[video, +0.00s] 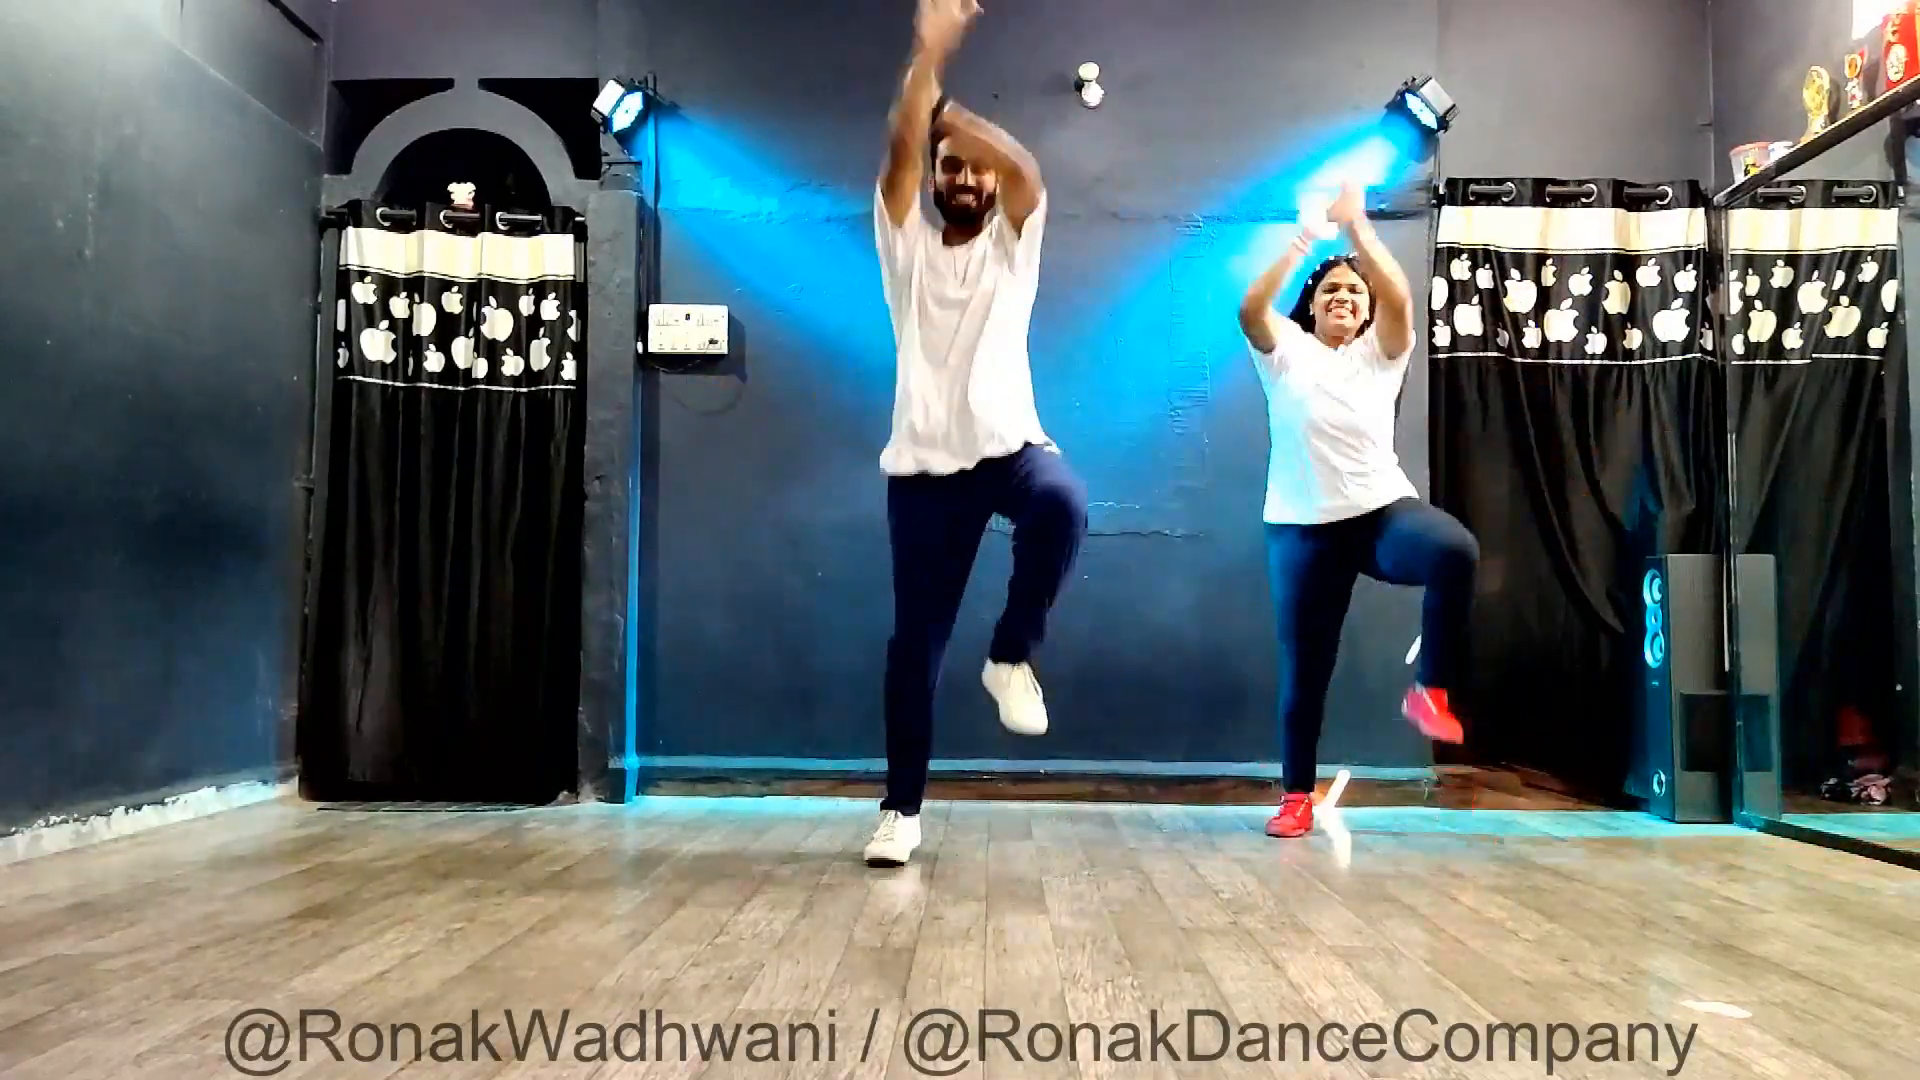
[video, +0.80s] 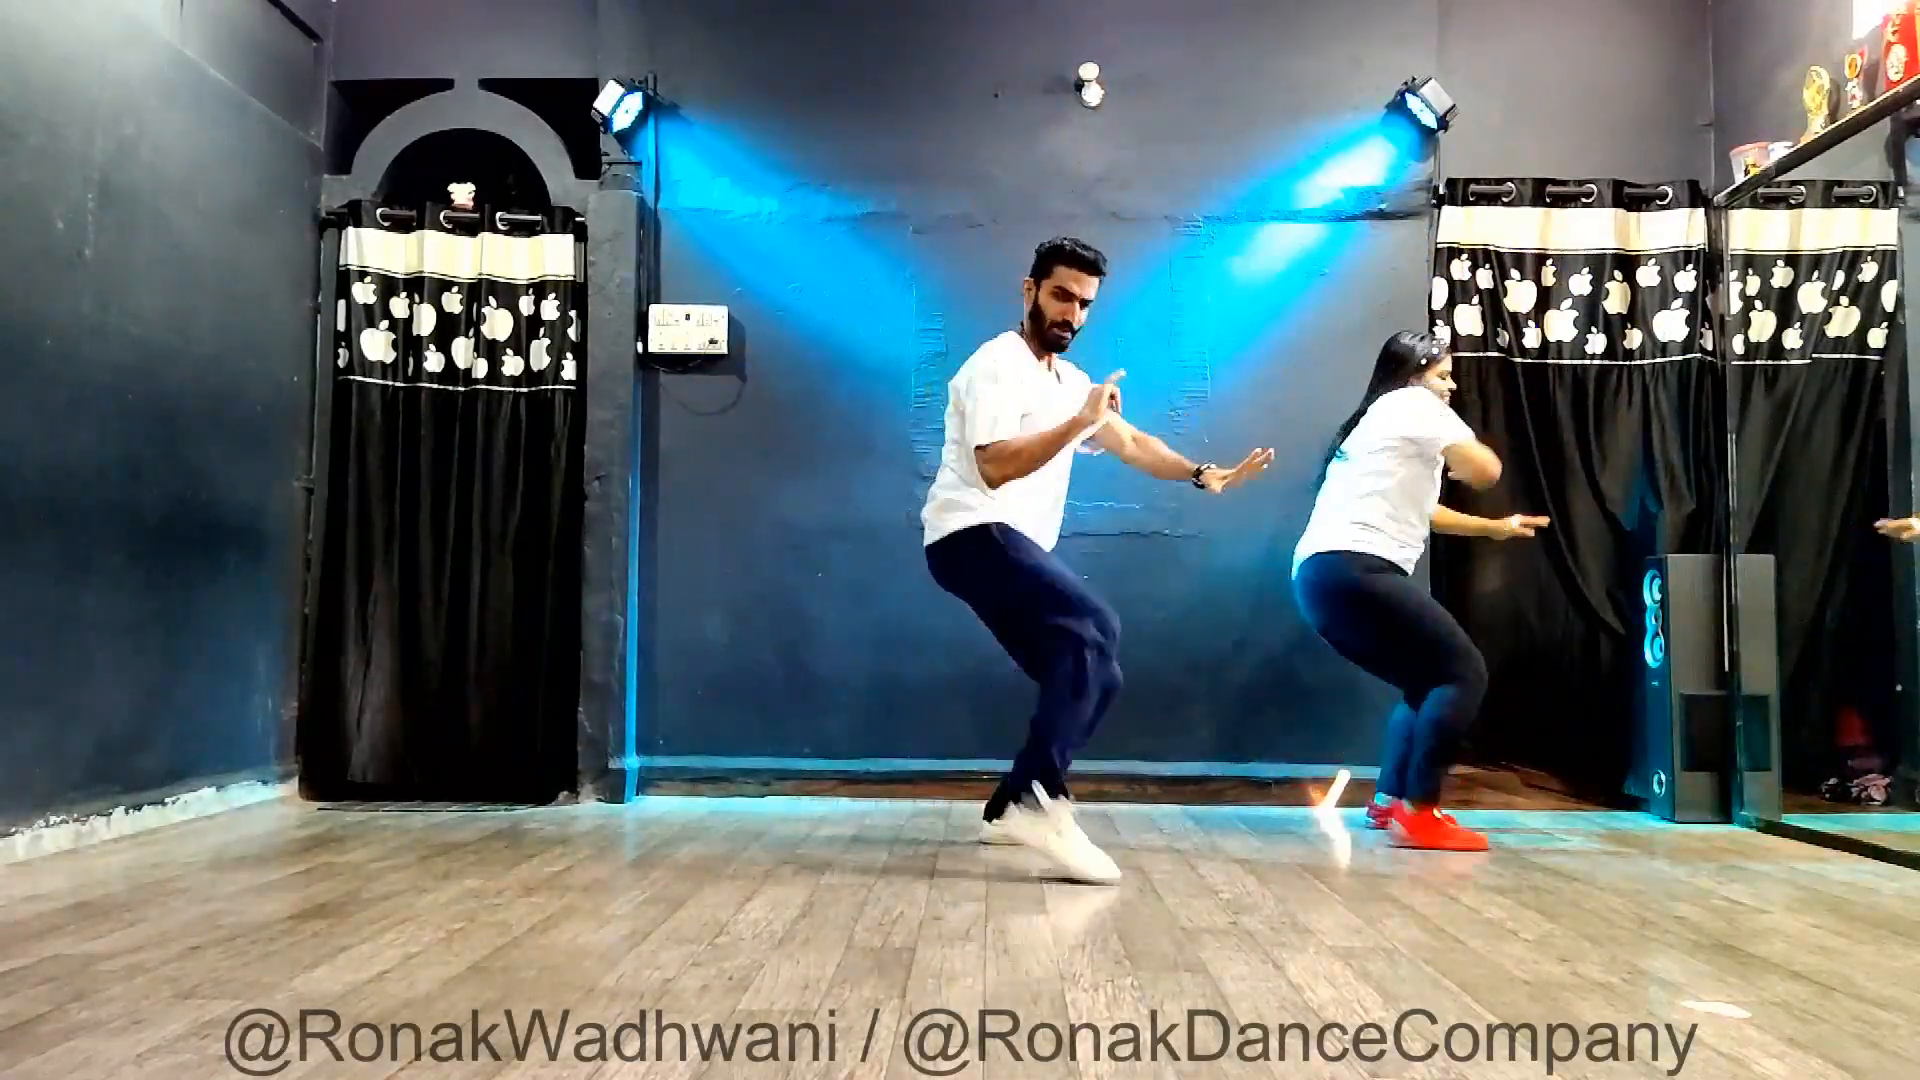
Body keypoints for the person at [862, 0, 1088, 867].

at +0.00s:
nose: (962, 181)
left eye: (976, 169)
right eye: (950, 168)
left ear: (998, 184)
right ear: (931, 178)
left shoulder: (1011, 243)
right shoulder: (904, 240)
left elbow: (1021, 170)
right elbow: (906, 146)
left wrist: (945, 104)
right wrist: (930, 50)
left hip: (1010, 448)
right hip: (927, 460)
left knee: (1060, 506)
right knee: (915, 645)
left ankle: (1011, 658)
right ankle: (900, 810)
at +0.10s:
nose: (975, 155)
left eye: (987, 144)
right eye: (961, 143)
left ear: (1007, 156)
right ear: (938, 151)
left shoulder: (1024, 219)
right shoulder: (905, 216)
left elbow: (1078, 137)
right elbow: (852, 120)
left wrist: (1055, 33)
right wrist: (818, 12)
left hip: (1015, 426)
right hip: (931, 437)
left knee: (1076, 481)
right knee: (928, 609)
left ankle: (1007, 601)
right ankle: (917, 771)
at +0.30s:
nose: (976, 211)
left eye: (990, 201)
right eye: (963, 199)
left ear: (1007, 213)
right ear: (943, 209)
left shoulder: (1036, 284)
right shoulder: (907, 272)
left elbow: (1135, 276)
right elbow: (812, 226)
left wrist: (1196, 209)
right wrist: (741, 153)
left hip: (1024, 469)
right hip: (941, 481)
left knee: (1098, 520)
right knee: (942, 645)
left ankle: (1017, 602)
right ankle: (942, 786)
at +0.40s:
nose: (984, 230)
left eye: (998, 220)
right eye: (972, 218)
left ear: (1015, 231)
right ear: (951, 226)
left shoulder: (1042, 293)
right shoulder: (918, 287)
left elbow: (1137, 288)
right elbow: (832, 278)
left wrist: (1221, 262)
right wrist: (843, 194)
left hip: (1030, 501)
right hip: (946, 508)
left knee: (1091, 600)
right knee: (952, 661)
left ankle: (1028, 710)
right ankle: (944, 787)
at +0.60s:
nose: (1067, 280)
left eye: (1076, 270)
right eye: (1056, 265)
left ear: (1083, 276)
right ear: (1019, 258)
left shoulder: (1078, 340)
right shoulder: (976, 301)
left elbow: (1152, 389)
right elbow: (966, 325)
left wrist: (1229, 422)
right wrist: (1064, 297)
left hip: (1024, 511)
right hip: (952, 490)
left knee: (1061, 655)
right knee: (1010, 568)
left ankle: (1012, 808)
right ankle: (925, 647)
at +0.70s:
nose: (1075, 311)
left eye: (1086, 299)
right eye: (1066, 293)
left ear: (1092, 298)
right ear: (1033, 282)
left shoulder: (1084, 363)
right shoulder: (996, 320)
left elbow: (1158, 404)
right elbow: (1002, 350)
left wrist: (1235, 433)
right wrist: (1095, 362)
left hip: (1018, 527)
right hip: (947, 509)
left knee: (1077, 663)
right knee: (1053, 545)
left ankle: (1012, 807)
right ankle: (960, 665)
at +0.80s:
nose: (1073, 314)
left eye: (1084, 304)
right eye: (1063, 297)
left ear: (1090, 308)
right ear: (1030, 290)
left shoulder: (1076, 384)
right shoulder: (992, 363)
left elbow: (1134, 445)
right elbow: (993, 467)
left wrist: (1200, 472)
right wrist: (1082, 422)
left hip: (1018, 543)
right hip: (970, 529)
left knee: (1101, 675)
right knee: (1090, 625)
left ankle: (1014, 806)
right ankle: (1038, 801)